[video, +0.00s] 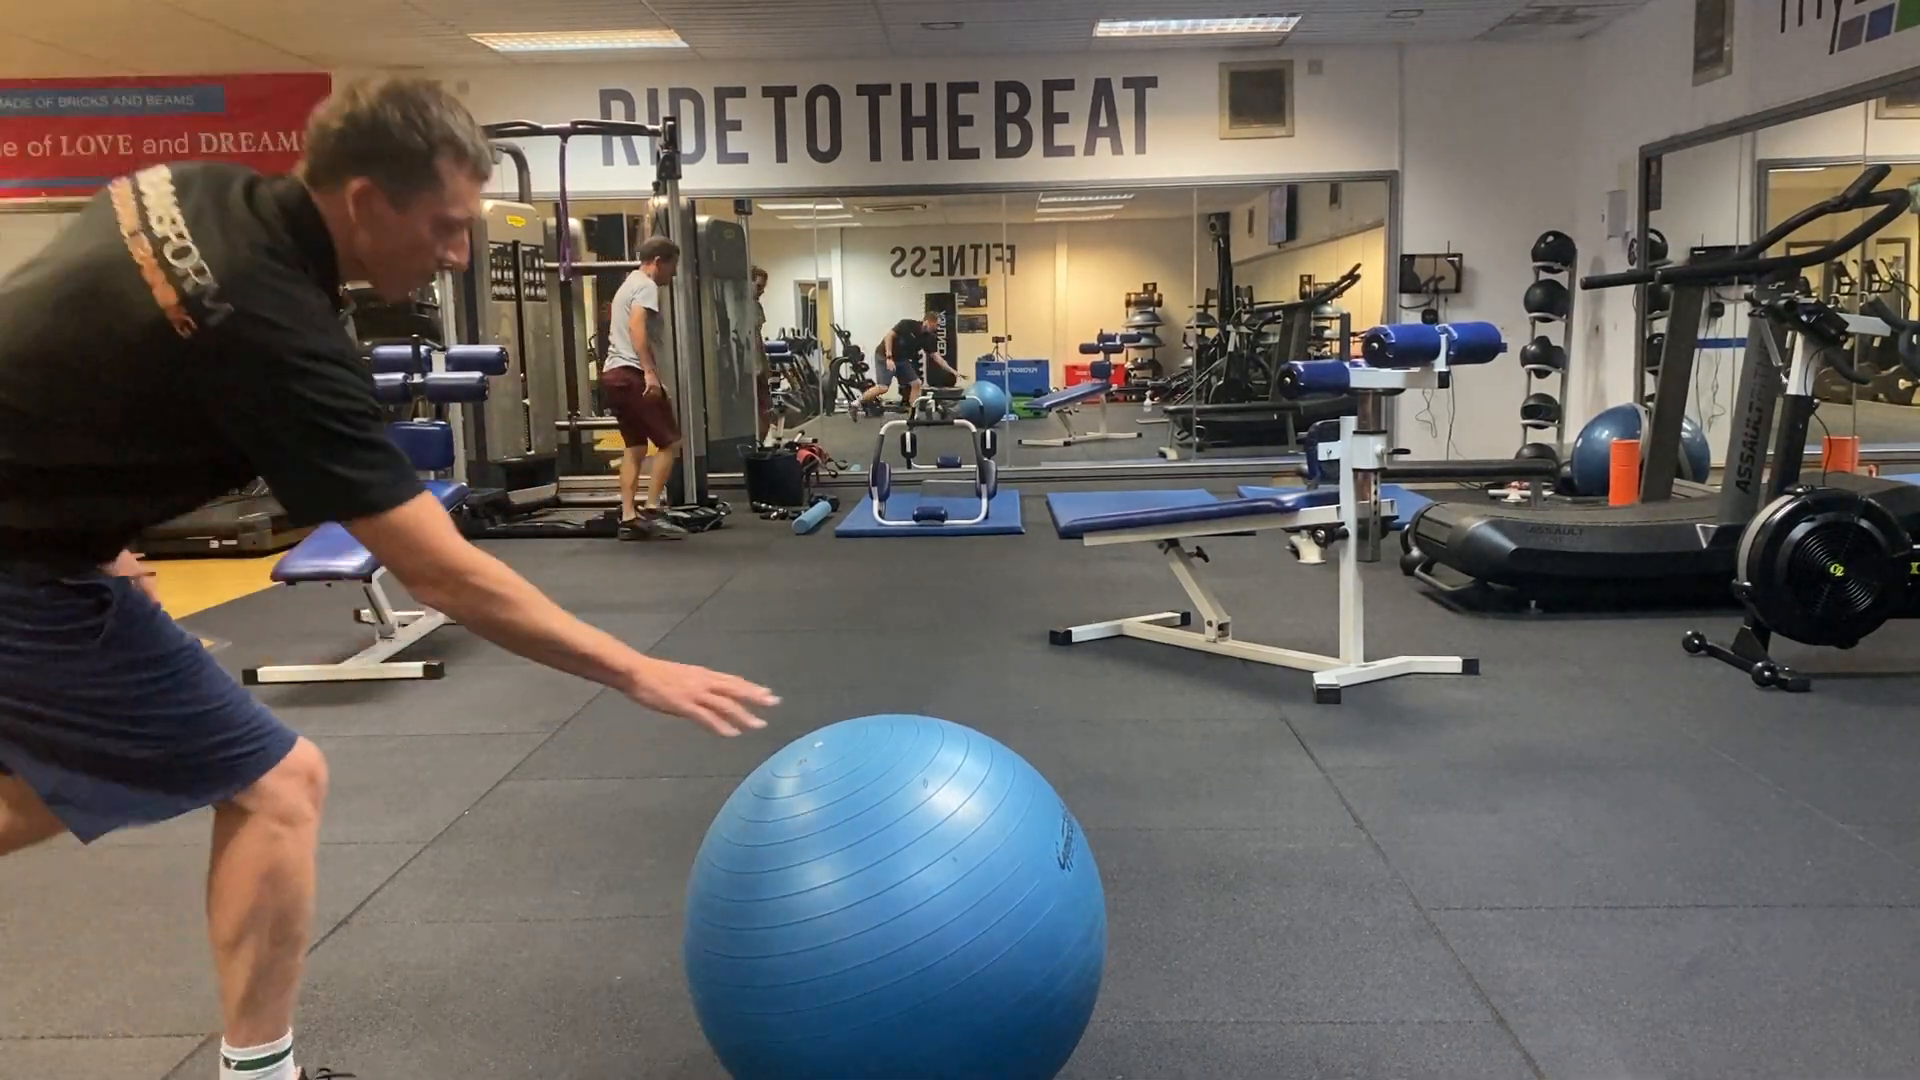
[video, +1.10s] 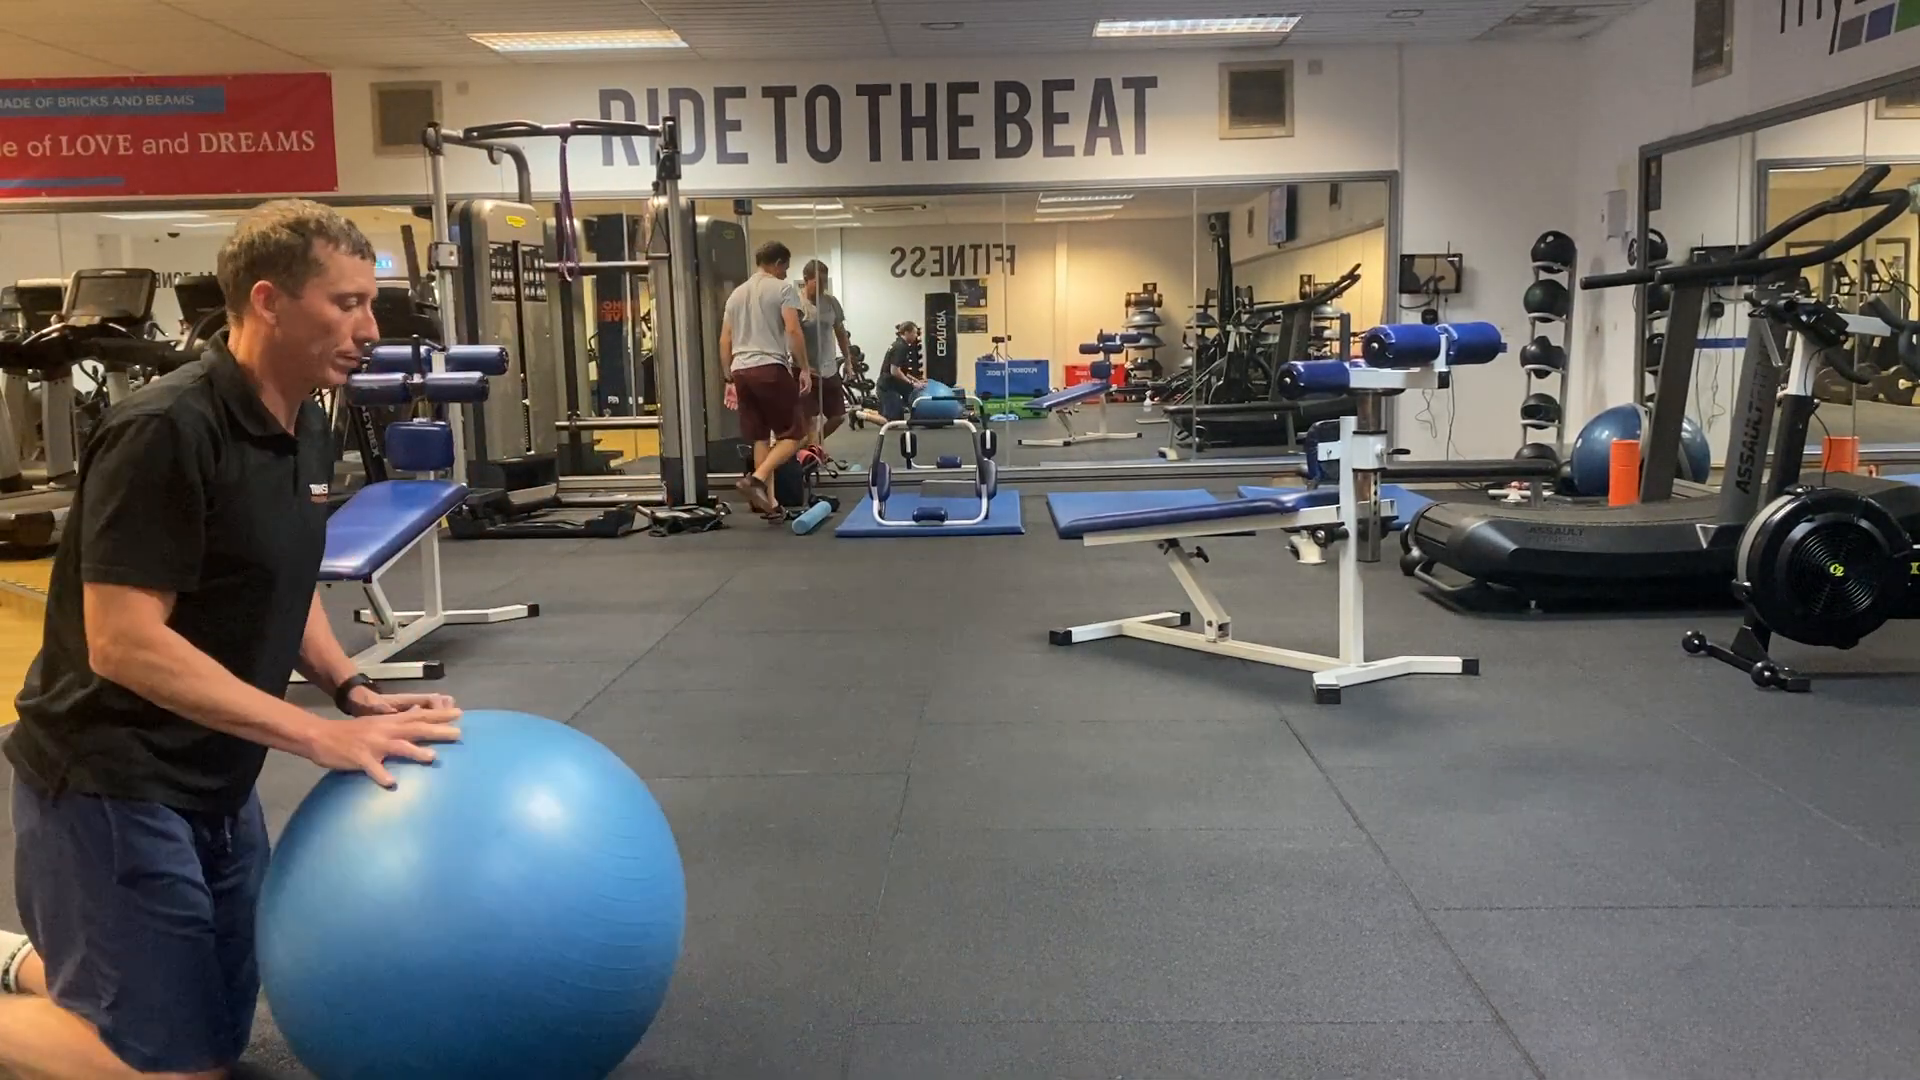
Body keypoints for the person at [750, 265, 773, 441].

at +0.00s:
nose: (761, 289)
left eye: (763, 285)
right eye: (758, 284)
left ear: (764, 285)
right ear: (750, 284)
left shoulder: (756, 305)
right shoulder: (749, 305)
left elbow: (757, 336)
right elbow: (750, 335)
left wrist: (765, 365)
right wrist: (757, 364)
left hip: (758, 367)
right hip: (750, 367)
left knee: (763, 406)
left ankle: (762, 438)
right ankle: (758, 439)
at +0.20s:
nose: (777, 295)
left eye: (779, 291)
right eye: (775, 290)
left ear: (769, 288)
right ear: (762, 286)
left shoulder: (772, 309)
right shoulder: (748, 309)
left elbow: (768, 341)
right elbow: (743, 347)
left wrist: (772, 369)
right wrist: (752, 375)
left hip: (770, 373)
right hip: (753, 374)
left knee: (779, 416)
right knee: (753, 419)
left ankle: (789, 453)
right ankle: (750, 458)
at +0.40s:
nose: (794, 295)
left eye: (796, 291)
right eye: (791, 290)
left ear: (797, 289)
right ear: (778, 285)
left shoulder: (793, 310)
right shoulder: (762, 311)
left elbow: (788, 342)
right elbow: (751, 346)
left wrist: (793, 369)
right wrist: (753, 378)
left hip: (790, 374)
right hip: (767, 375)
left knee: (792, 420)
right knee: (763, 423)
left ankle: (793, 461)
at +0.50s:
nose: (800, 292)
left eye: (803, 288)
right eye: (797, 287)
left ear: (804, 286)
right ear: (785, 282)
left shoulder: (802, 308)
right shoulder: (768, 307)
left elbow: (804, 339)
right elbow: (753, 339)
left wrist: (807, 366)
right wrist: (752, 369)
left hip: (798, 369)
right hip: (775, 369)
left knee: (796, 416)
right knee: (779, 417)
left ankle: (789, 450)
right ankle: (757, 435)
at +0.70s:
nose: (809, 290)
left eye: (811, 286)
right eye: (805, 285)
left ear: (813, 285)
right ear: (793, 280)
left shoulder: (813, 306)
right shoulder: (777, 305)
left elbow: (822, 332)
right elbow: (765, 339)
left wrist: (833, 355)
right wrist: (768, 369)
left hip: (808, 367)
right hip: (785, 365)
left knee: (807, 409)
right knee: (804, 400)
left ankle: (795, 442)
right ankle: (786, 435)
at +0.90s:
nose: (814, 288)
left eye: (816, 284)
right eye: (811, 284)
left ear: (818, 282)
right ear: (799, 281)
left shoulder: (823, 306)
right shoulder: (787, 306)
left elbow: (836, 333)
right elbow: (774, 338)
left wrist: (848, 357)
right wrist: (774, 368)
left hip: (818, 368)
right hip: (794, 368)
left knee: (812, 418)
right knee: (806, 417)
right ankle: (811, 455)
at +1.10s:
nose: (822, 284)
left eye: (824, 279)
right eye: (818, 279)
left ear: (826, 279)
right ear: (806, 278)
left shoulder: (831, 302)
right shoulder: (795, 303)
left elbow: (840, 332)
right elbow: (790, 337)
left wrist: (848, 360)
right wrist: (802, 366)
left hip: (830, 371)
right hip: (804, 371)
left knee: (837, 416)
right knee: (808, 418)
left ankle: (813, 441)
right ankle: (814, 452)